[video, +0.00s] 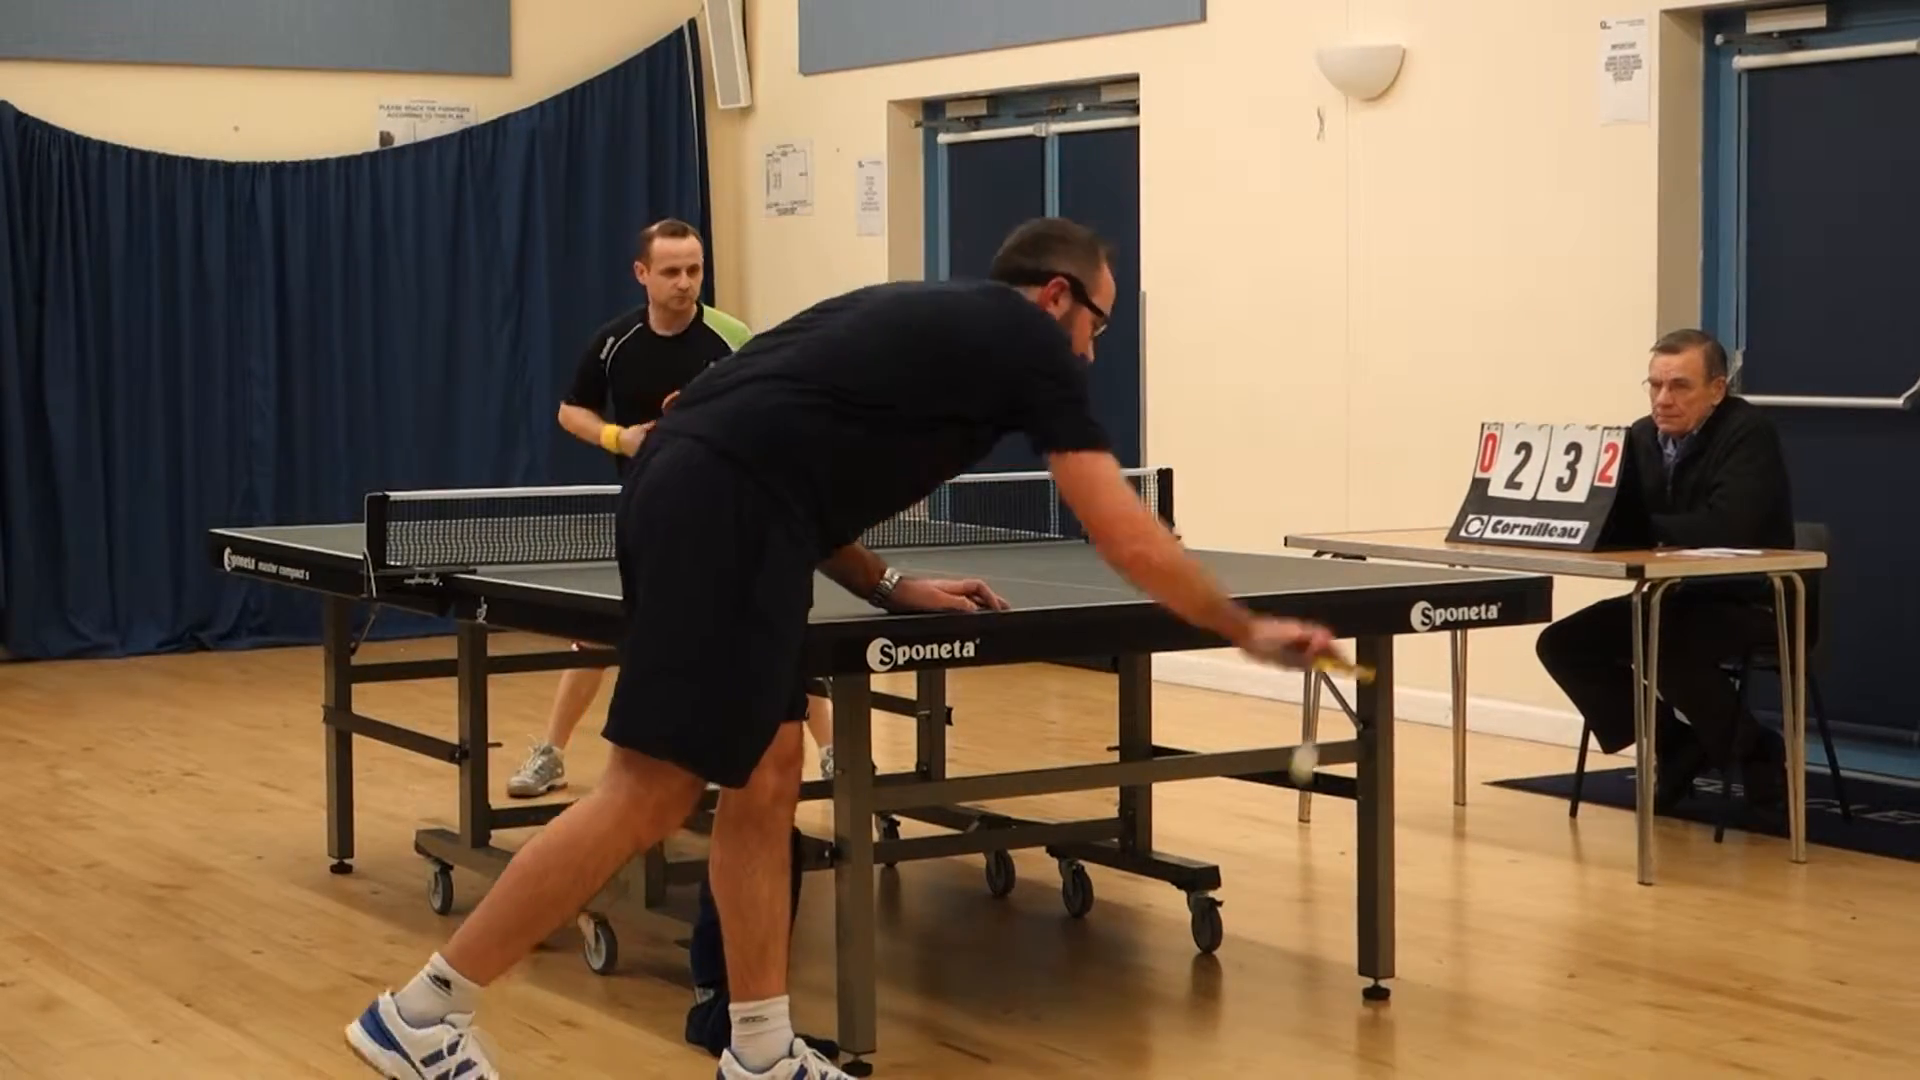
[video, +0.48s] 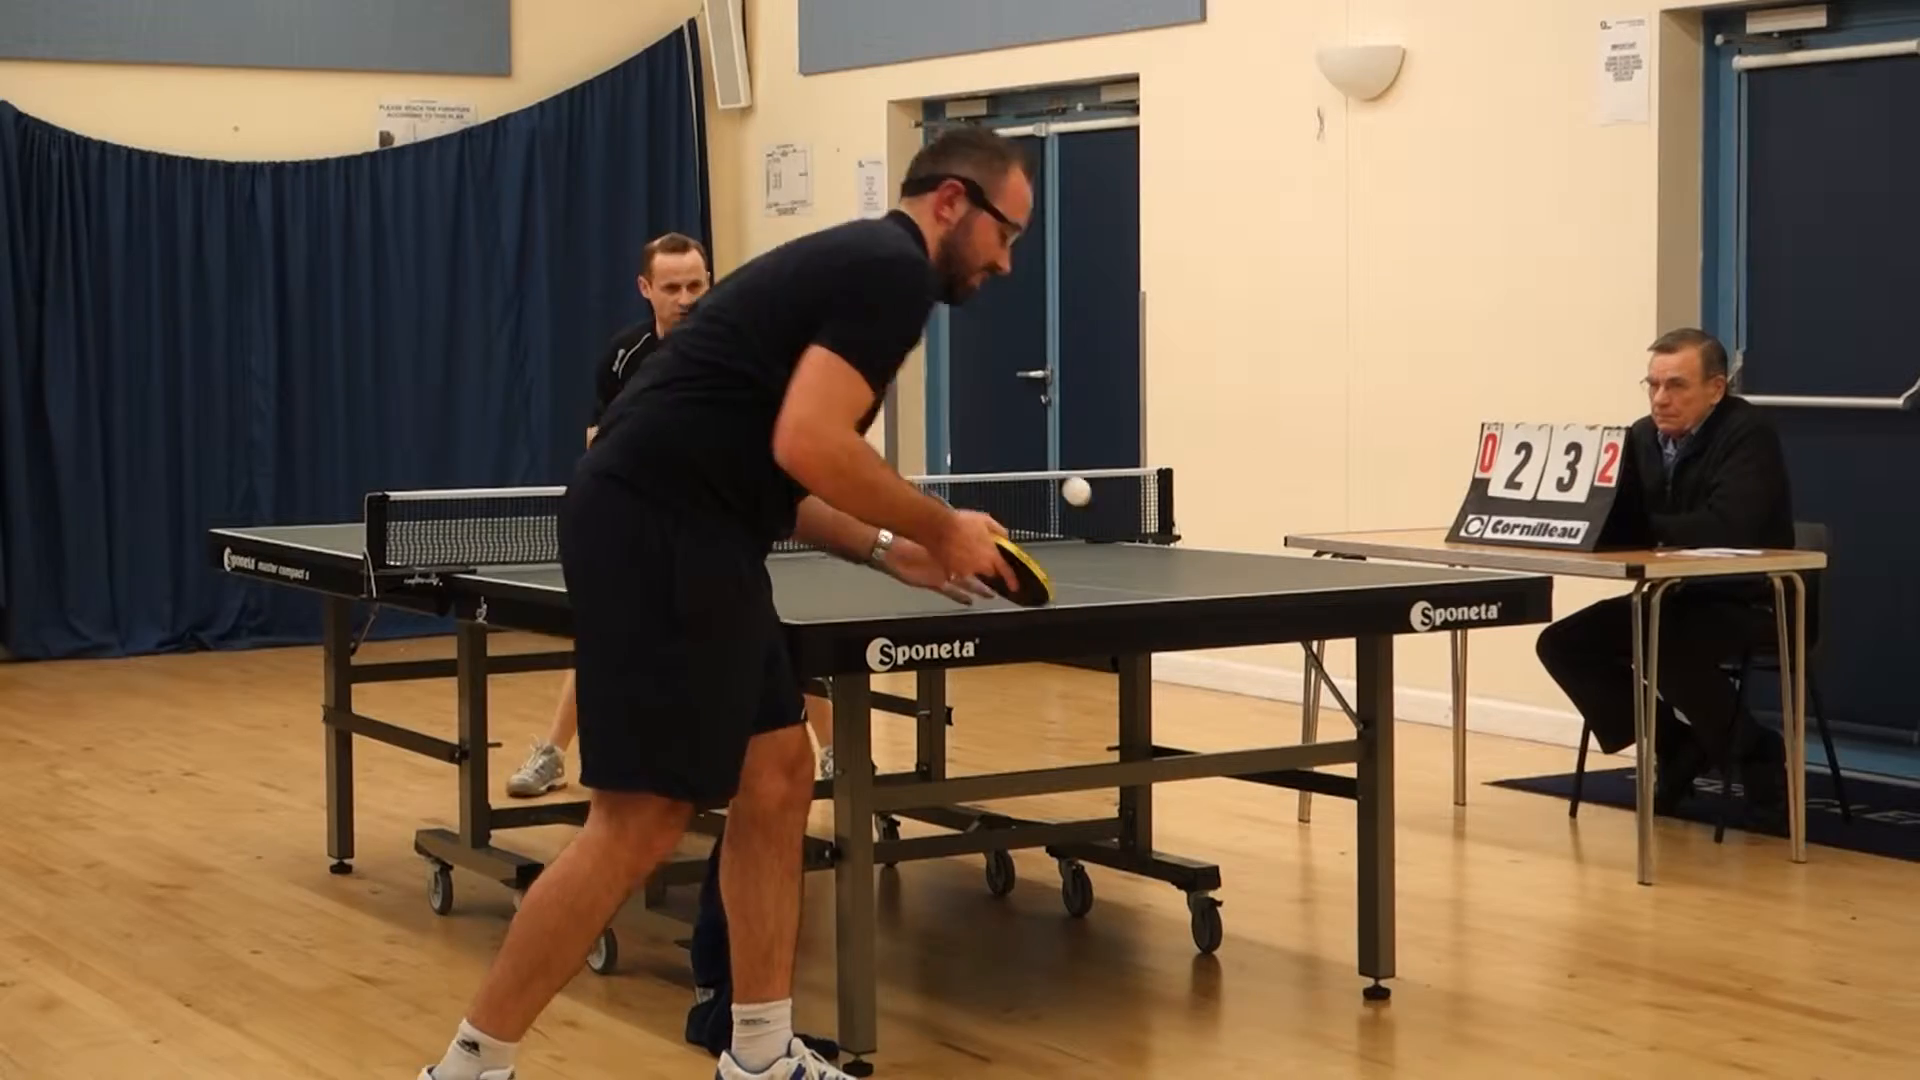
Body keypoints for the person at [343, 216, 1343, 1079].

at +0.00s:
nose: (1101, 335)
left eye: (1103, 316)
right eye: (1098, 313)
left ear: (1016, 287)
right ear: (1058, 292)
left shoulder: (913, 322)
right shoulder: (1034, 335)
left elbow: (785, 468)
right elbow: (1116, 527)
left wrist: (896, 584)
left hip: (708, 498)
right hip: (719, 501)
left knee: (768, 767)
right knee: (648, 794)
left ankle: (760, 1051)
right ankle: (420, 1009)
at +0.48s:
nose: (1007, 258)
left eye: (1017, 237)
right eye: (1008, 228)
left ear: (939, 204)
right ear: (951, 199)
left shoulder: (857, 263)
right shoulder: (892, 262)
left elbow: (776, 484)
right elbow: (811, 441)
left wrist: (893, 550)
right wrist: (944, 524)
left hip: (704, 528)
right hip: (647, 518)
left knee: (778, 769)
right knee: (642, 818)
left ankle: (760, 1053)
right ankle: (469, 1062)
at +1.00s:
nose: (900, 246)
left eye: (907, 223)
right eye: (901, 218)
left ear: (834, 199)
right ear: (852, 200)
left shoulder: (754, 272)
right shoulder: (756, 272)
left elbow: (757, 493)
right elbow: (737, 485)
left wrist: (907, 444)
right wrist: (872, 422)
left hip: (625, 567)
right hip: (560, 567)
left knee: (752, 774)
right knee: (632, 849)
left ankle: (725, 1050)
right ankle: (464, 1070)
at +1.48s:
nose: (989, 319)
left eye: (998, 300)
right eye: (993, 294)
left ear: (933, 260)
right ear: (954, 265)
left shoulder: (843, 308)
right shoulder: (857, 304)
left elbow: (824, 525)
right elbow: (827, 515)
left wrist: (970, 488)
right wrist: (943, 420)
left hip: (680, 562)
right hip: (622, 557)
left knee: (791, 780)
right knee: (694, 847)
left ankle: (733, 1053)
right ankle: (475, 1058)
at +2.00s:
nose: (914, 293)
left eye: (929, 283)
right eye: (924, 268)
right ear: (903, 206)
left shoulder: (820, 328)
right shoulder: (793, 212)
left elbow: (811, 494)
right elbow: (820, 298)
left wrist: (974, 525)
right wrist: (934, 217)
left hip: (687, 563)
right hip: (606, 551)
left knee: (788, 775)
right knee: (630, 848)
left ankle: (730, 1055)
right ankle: (395, 1064)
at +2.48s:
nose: (963, 426)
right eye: (966, 408)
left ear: (871, 354)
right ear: (950, 380)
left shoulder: (759, 368)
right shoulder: (931, 393)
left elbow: (584, 473)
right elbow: (1020, 565)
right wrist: (1094, 473)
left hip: (614, 574)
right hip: (710, 608)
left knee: (787, 752)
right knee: (628, 890)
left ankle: (760, 1057)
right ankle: (401, 1063)